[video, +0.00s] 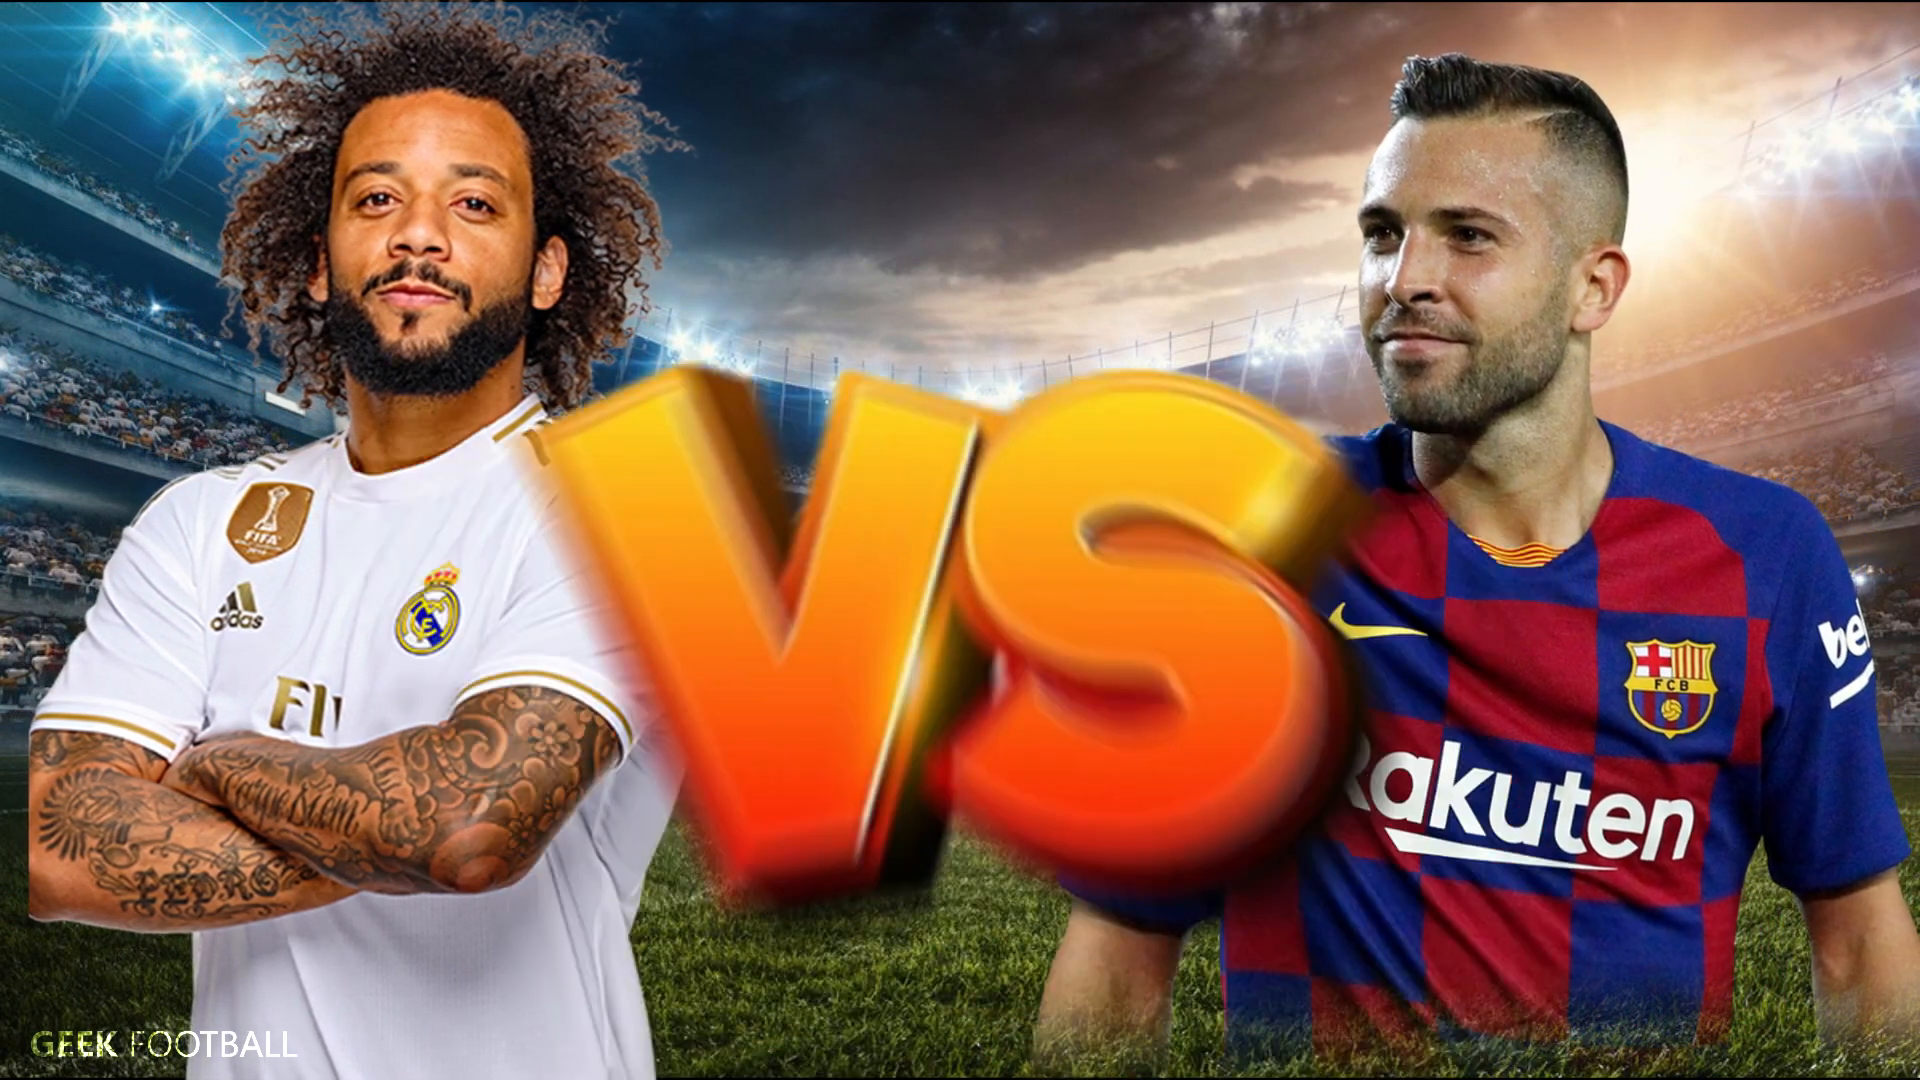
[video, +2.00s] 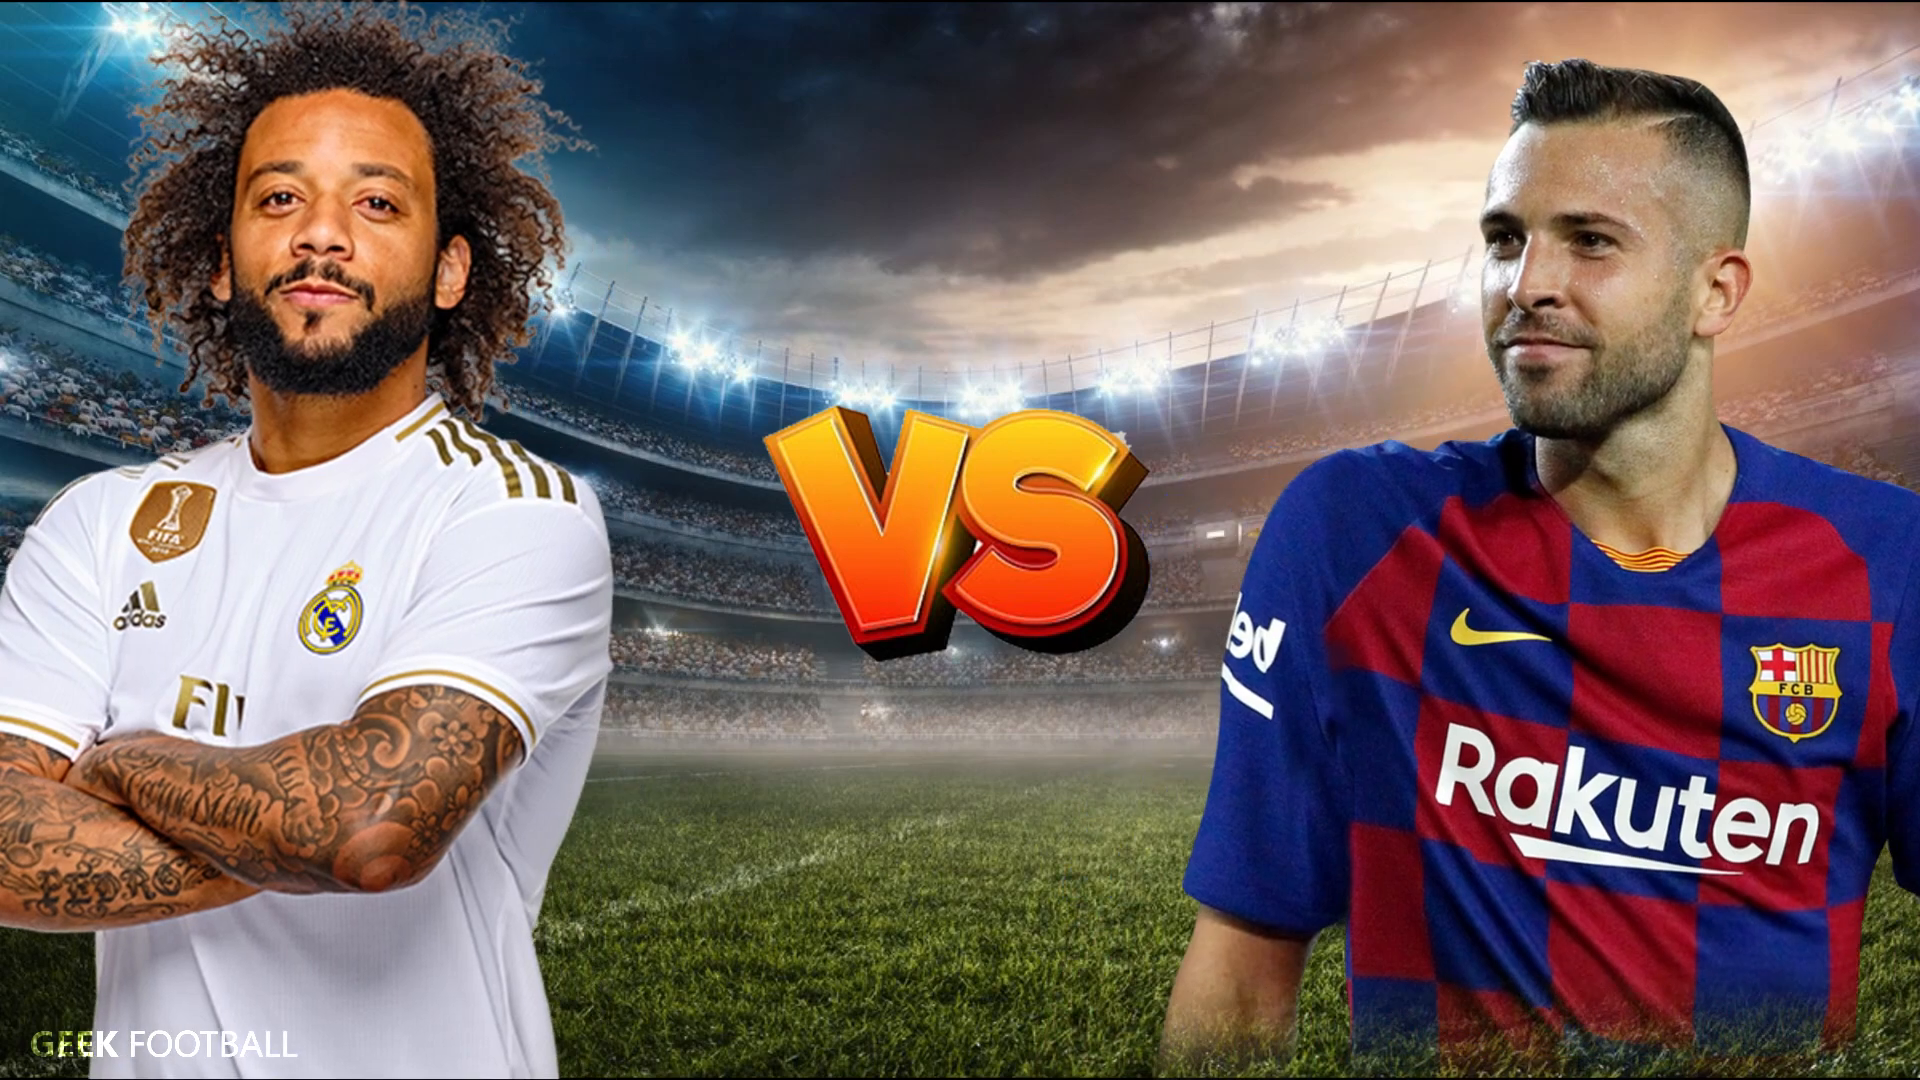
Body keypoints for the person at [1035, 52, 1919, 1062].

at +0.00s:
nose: (1402, 281)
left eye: (1469, 236)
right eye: (1382, 235)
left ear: (1593, 289)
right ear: (1357, 261)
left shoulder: (1766, 557)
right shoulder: (1261, 534)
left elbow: (1859, 932)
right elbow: (1124, 939)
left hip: (1632, 1049)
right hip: (1317, 1050)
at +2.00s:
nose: (1527, 289)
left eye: (1592, 242)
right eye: (1505, 243)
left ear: (1717, 295)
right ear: (1482, 267)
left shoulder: (1892, 563)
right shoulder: (1346, 530)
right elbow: (1242, 962)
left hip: (1768, 1060)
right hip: (1445, 1055)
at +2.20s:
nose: (1653, 280)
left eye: (1719, 234)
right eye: (1633, 234)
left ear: (1844, 285)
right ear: (1612, 255)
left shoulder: (1911, 540)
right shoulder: (1480, 522)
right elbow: (1369, 960)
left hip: (1881, 1046)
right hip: (1582, 1048)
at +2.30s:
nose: (1736, 274)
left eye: (1801, 229)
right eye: (1714, 229)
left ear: (1915, 280)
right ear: (1688, 253)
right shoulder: (1561, 516)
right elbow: (1448, 946)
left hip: (1891, 1043)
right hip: (1645, 1051)